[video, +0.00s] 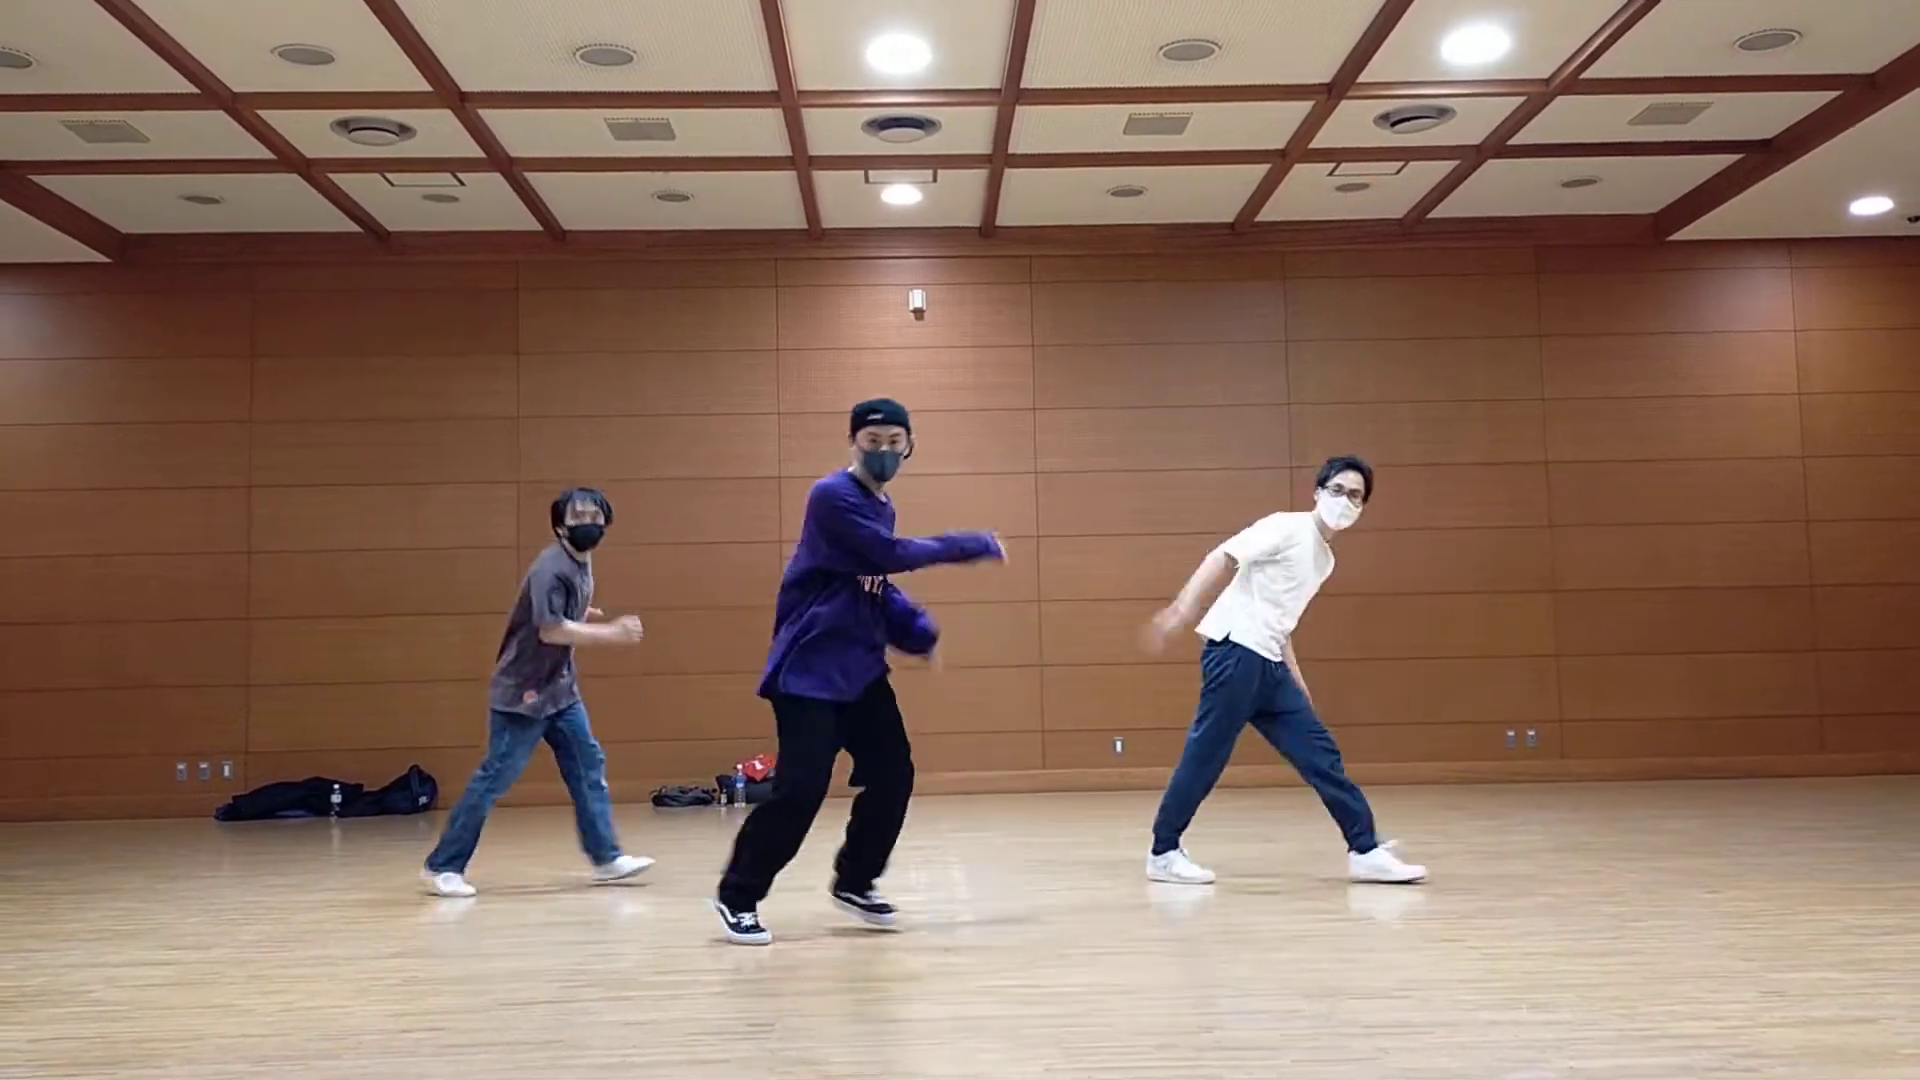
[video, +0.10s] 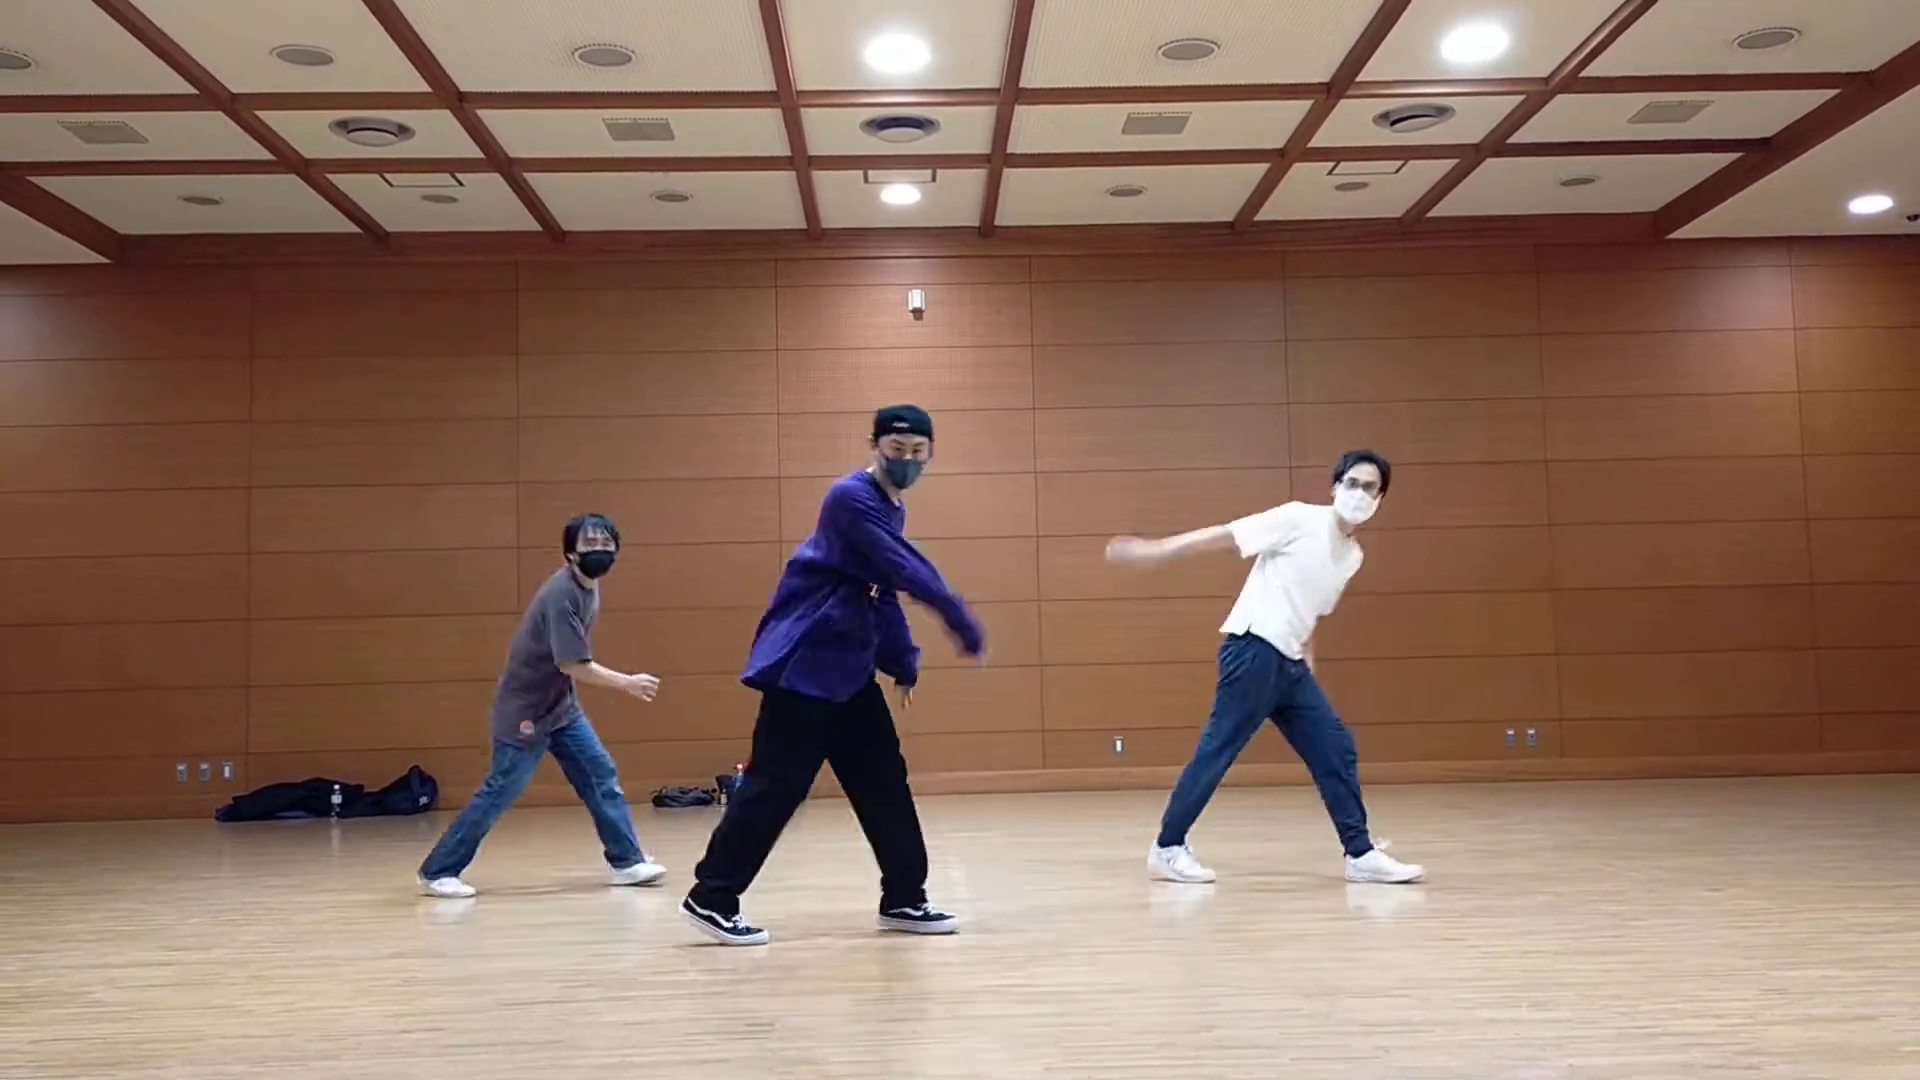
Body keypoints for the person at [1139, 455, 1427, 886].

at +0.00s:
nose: (1346, 502)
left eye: (1356, 497)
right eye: (1338, 491)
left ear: (1362, 509)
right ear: (1318, 493)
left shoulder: (1323, 561)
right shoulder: (1287, 527)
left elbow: (1280, 624)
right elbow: (1221, 558)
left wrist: (1295, 681)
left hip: (1270, 664)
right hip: (1235, 652)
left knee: (1319, 752)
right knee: (1206, 752)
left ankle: (1366, 851)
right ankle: (1163, 852)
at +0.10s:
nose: (1359, 494)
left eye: (1370, 489)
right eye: (1352, 484)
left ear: (1379, 502)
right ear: (1335, 488)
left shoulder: (1351, 557)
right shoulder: (1299, 518)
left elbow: (1309, 614)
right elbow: (1225, 535)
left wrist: (1307, 671)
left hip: (1289, 664)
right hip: (1253, 649)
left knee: (1334, 748)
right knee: (1219, 747)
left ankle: (1360, 854)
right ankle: (1167, 848)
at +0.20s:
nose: (1373, 474)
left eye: (1383, 468)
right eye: (1365, 464)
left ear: (1394, 479)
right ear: (1349, 469)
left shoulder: (1385, 536)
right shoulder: (1314, 501)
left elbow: (1357, 601)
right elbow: (1243, 510)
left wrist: (1343, 653)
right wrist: (1171, 514)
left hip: (1330, 652)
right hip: (1287, 639)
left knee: (1356, 744)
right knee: (1258, 738)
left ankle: (1363, 852)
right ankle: (1195, 831)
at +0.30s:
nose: (1384, 464)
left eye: (1393, 456)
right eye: (1375, 455)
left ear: (1406, 463)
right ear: (1359, 460)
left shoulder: (1409, 522)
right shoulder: (1327, 496)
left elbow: (1391, 593)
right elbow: (1255, 508)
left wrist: (1395, 651)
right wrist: (1181, 505)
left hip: (1366, 644)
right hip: (1317, 633)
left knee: (1376, 745)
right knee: (1319, 733)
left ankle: (1367, 851)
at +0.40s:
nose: (1394, 464)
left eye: (1403, 456)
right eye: (1384, 456)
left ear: (1417, 460)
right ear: (1370, 460)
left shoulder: (1427, 517)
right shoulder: (1343, 499)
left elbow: (1424, 589)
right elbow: (1281, 527)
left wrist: (1460, 636)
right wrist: (1211, 524)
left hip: (1395, 641)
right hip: (1346, 635)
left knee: (1398, 745)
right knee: (1362, 744)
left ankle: (1374, 847)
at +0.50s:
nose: (1404, 474)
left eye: (1413, 465)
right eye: (1394, 466)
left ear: (1426, 468)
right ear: (1380, 470)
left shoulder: (1442, 522)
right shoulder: (1355, 511)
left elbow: (1456, 589)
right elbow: (1305, 557)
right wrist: (1250, 564)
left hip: (1423, 644)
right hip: (1367, 645)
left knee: (1444, 728)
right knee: (1401, 748)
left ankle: (1414, 833)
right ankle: (1439, 832)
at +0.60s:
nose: (1411, 480)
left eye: (1418, 472)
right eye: (1400, 474)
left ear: (1430, 474)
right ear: (1385, 481)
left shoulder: (1458, 522)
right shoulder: (1366, 525)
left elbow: (1492, 586)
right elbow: (1332, 578)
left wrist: (1502, 544)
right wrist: (1305, 608)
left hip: (1446, 654)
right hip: (1389, 658)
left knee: (1472, 729)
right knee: (1417, 755)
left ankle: (1480, 830)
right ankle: (1444, 837)